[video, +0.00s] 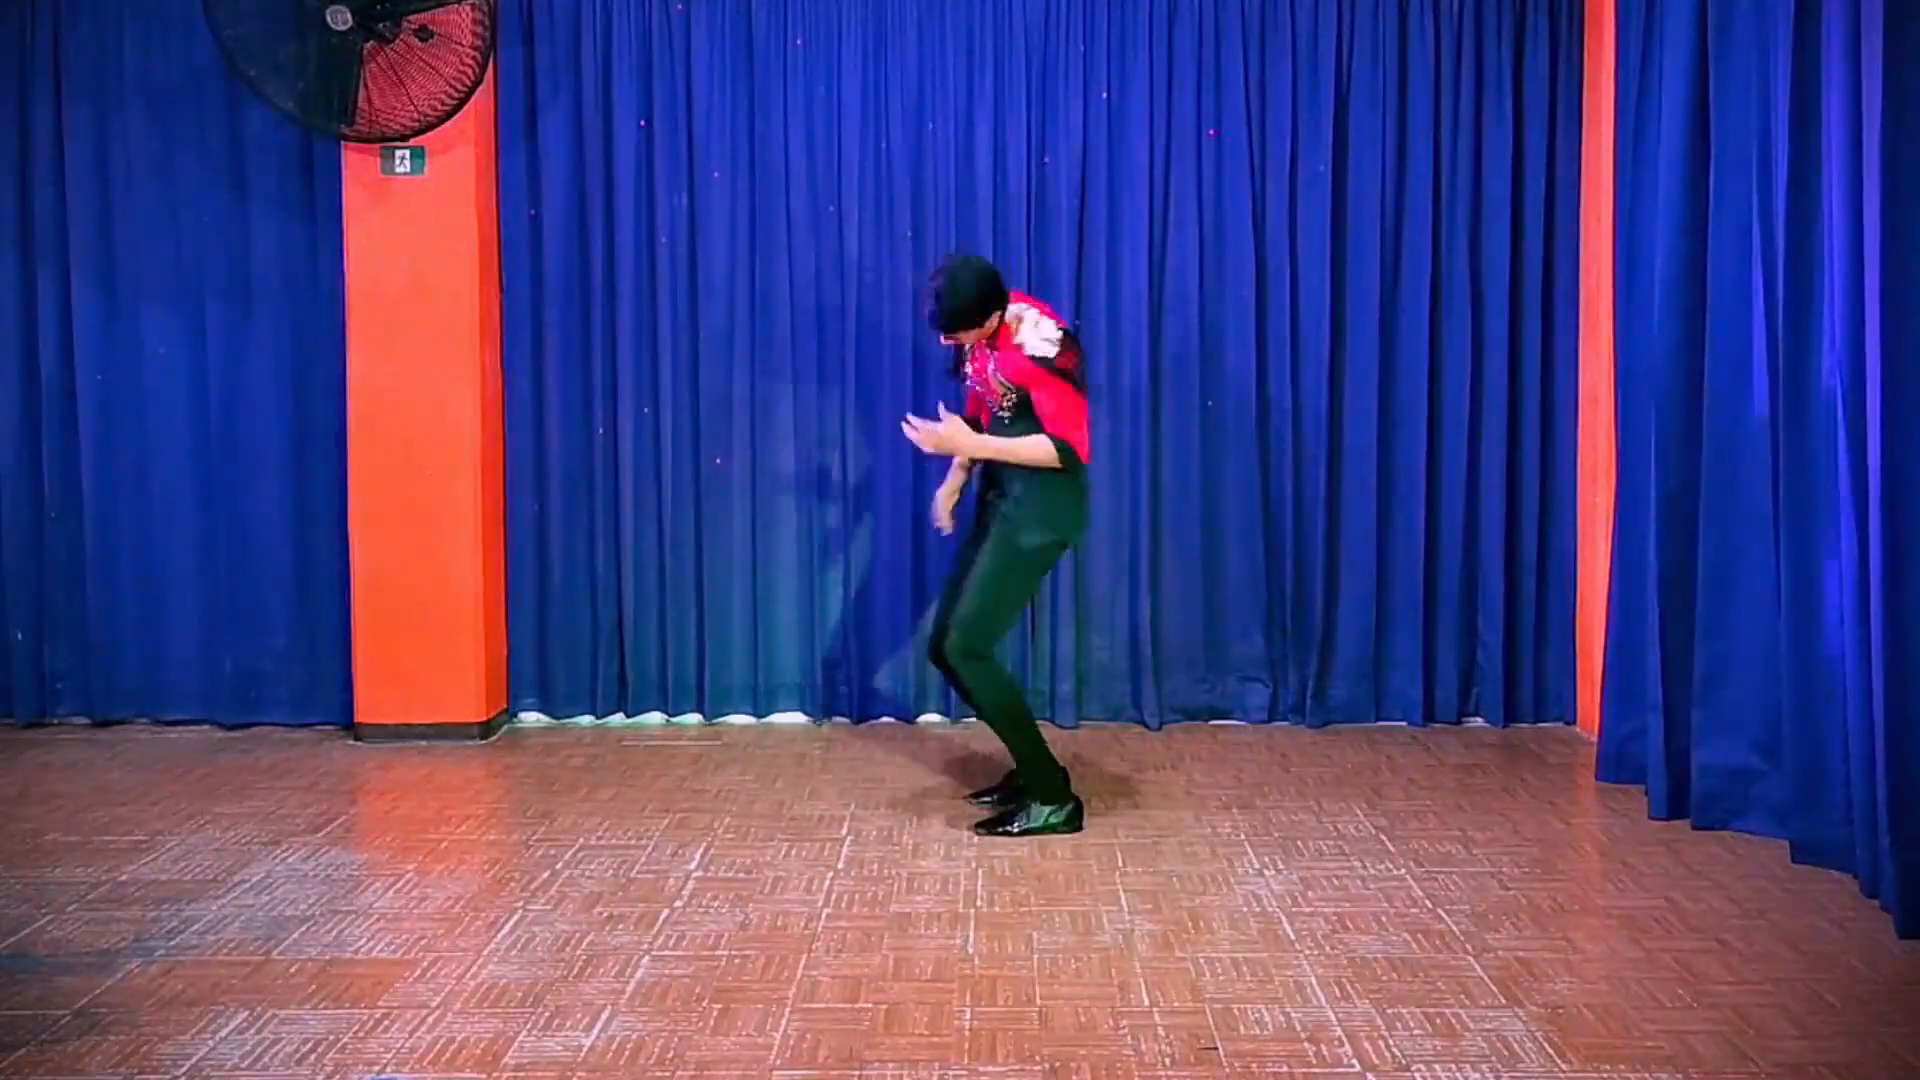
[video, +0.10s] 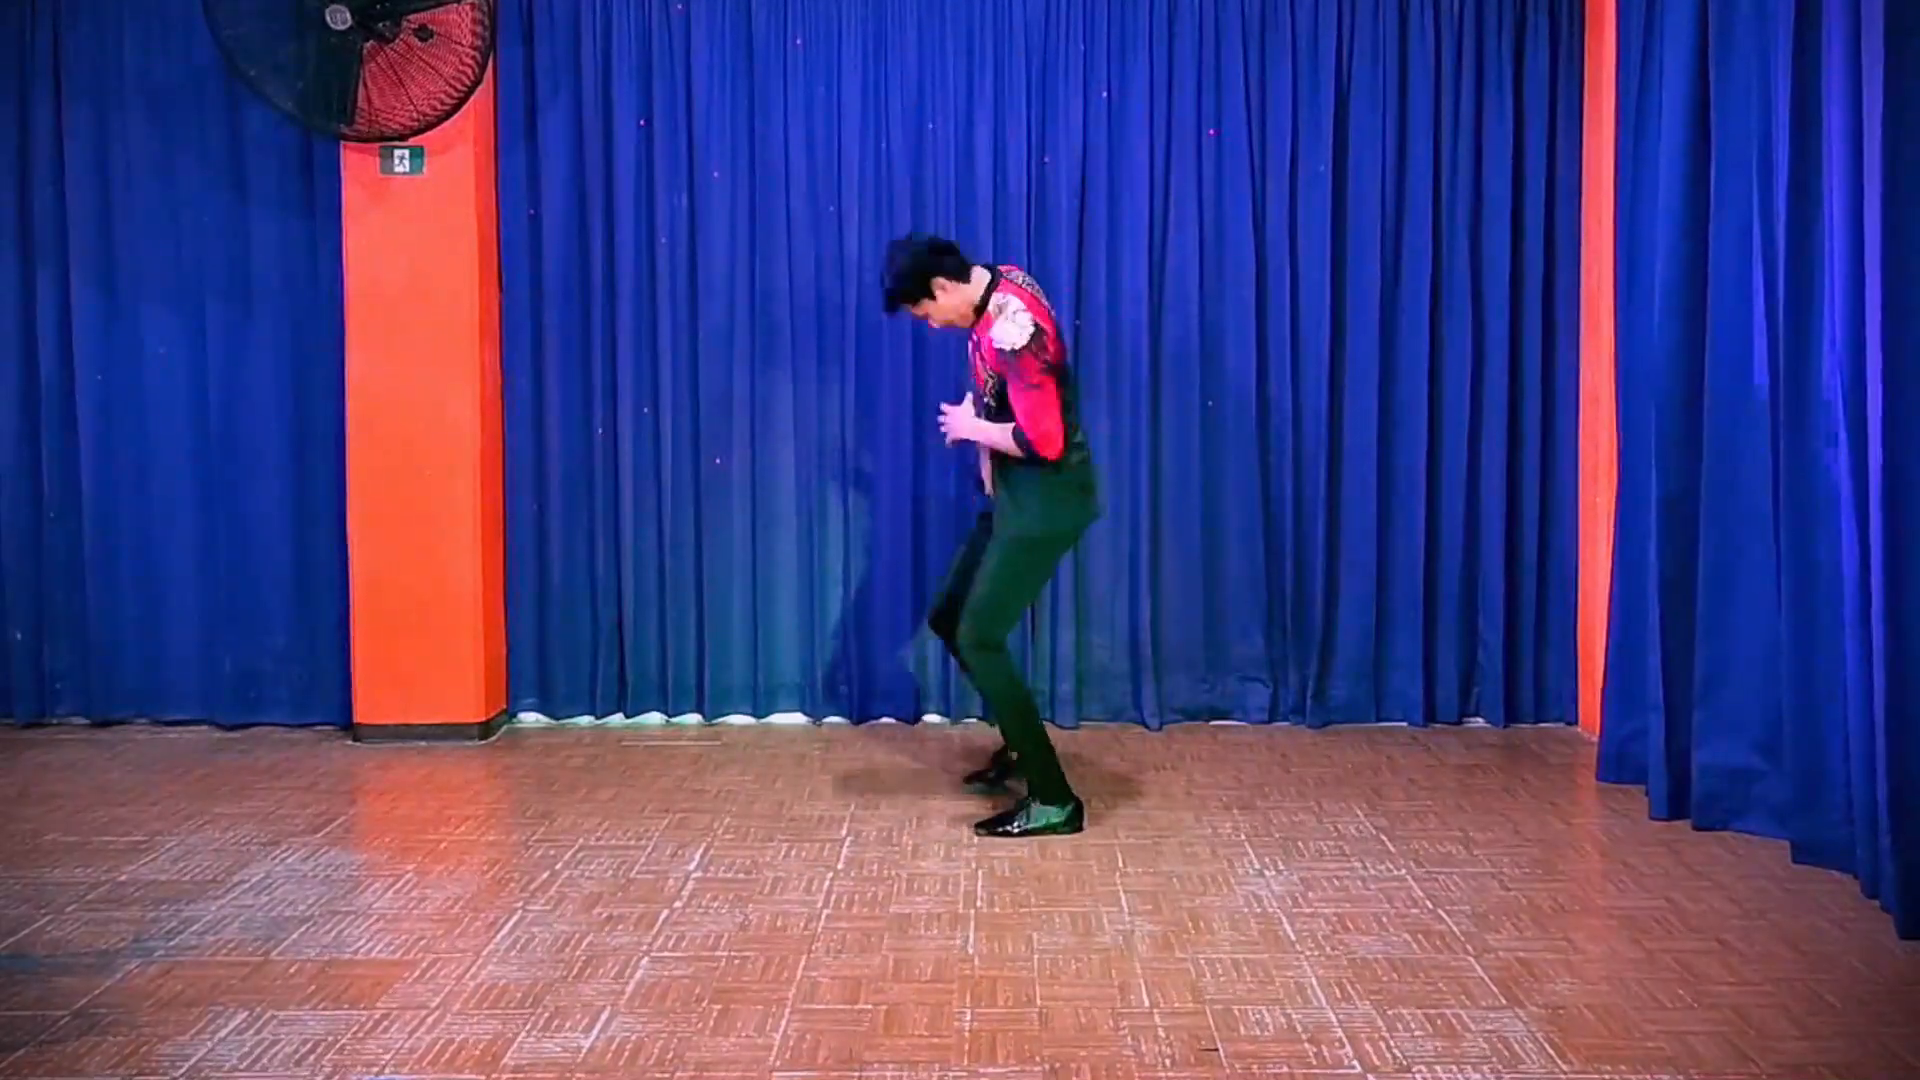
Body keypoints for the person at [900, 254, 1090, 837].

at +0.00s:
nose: (954, 342)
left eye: (962, 332)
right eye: (949, 333)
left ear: (992, 316)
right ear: (959, 315)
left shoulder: (1037, 352)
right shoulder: (985, 336)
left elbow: (1069, 448)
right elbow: (989, 420)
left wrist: (969, 443)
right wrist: (955, 480)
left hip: (1042, 511)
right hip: (1002, 505)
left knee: (965, 646)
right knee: (946, 645)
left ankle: (1053, 797)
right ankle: (1030, 773)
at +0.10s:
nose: (932, 325)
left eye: (926, 313)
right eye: (923, 317)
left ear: (944, 287)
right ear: (946, 278)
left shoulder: (1014, 329)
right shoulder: (999, 291)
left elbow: (1045, 441)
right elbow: (1015, 400)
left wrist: (973, 427)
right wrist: (978, 421)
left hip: (1046, 501)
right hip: (1015, 495)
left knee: (977, 636)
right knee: (949, 619)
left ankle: (1054, 801)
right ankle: (1020, 744)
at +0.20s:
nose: (915, 284)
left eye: (917, 268)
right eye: (912, 271)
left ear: (946, 260)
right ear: (958, 260)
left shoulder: (993, 327)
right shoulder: (1000, 301)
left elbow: (997, 453)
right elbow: (1000, 407)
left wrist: (932, 471)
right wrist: (976, 465)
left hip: (1055, 499)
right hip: (1038, 491)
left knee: (971, 640)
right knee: (980, 620)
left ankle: (1053, 802)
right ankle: (1016, 747)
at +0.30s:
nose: (919, 270)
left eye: (929, 261)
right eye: (924, 257)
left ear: (961, 280)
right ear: (970, 278)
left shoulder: (982, 353)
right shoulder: (1008, 318)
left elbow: (941, 479)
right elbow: (981, 419)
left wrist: (869, 510)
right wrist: (943, 493)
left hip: (1063, 508)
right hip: (1052, 493)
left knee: (962, 650)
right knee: (984, 619)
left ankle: (1055, 802)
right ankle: (1011, 746)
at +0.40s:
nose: (923, 280)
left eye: (934, 269)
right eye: (925, 267)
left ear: (973, 278)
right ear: (975, 277)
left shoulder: (989, 350)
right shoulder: (1019, 313)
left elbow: (945, 453)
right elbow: (1013, 430)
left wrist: (850, 431)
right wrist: (947, 463)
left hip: (1053, 511)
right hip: (1045, 496)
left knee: (958, 651)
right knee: (977, 624)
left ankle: (1053, 800)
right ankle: (1018, 746)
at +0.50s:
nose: (936, 268)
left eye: (946, 255)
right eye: (935, 255)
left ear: (987, 257)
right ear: (984, 259)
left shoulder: (1003, 325)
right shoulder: (1024, 300)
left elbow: (922, 419)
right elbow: (1026, 411)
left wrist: (861, 336)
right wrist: (962, 453)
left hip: (1053, 500)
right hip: (1041, 488)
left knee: (970, 642)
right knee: (964, 614)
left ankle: (1053, 800)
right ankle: (1020, 745)